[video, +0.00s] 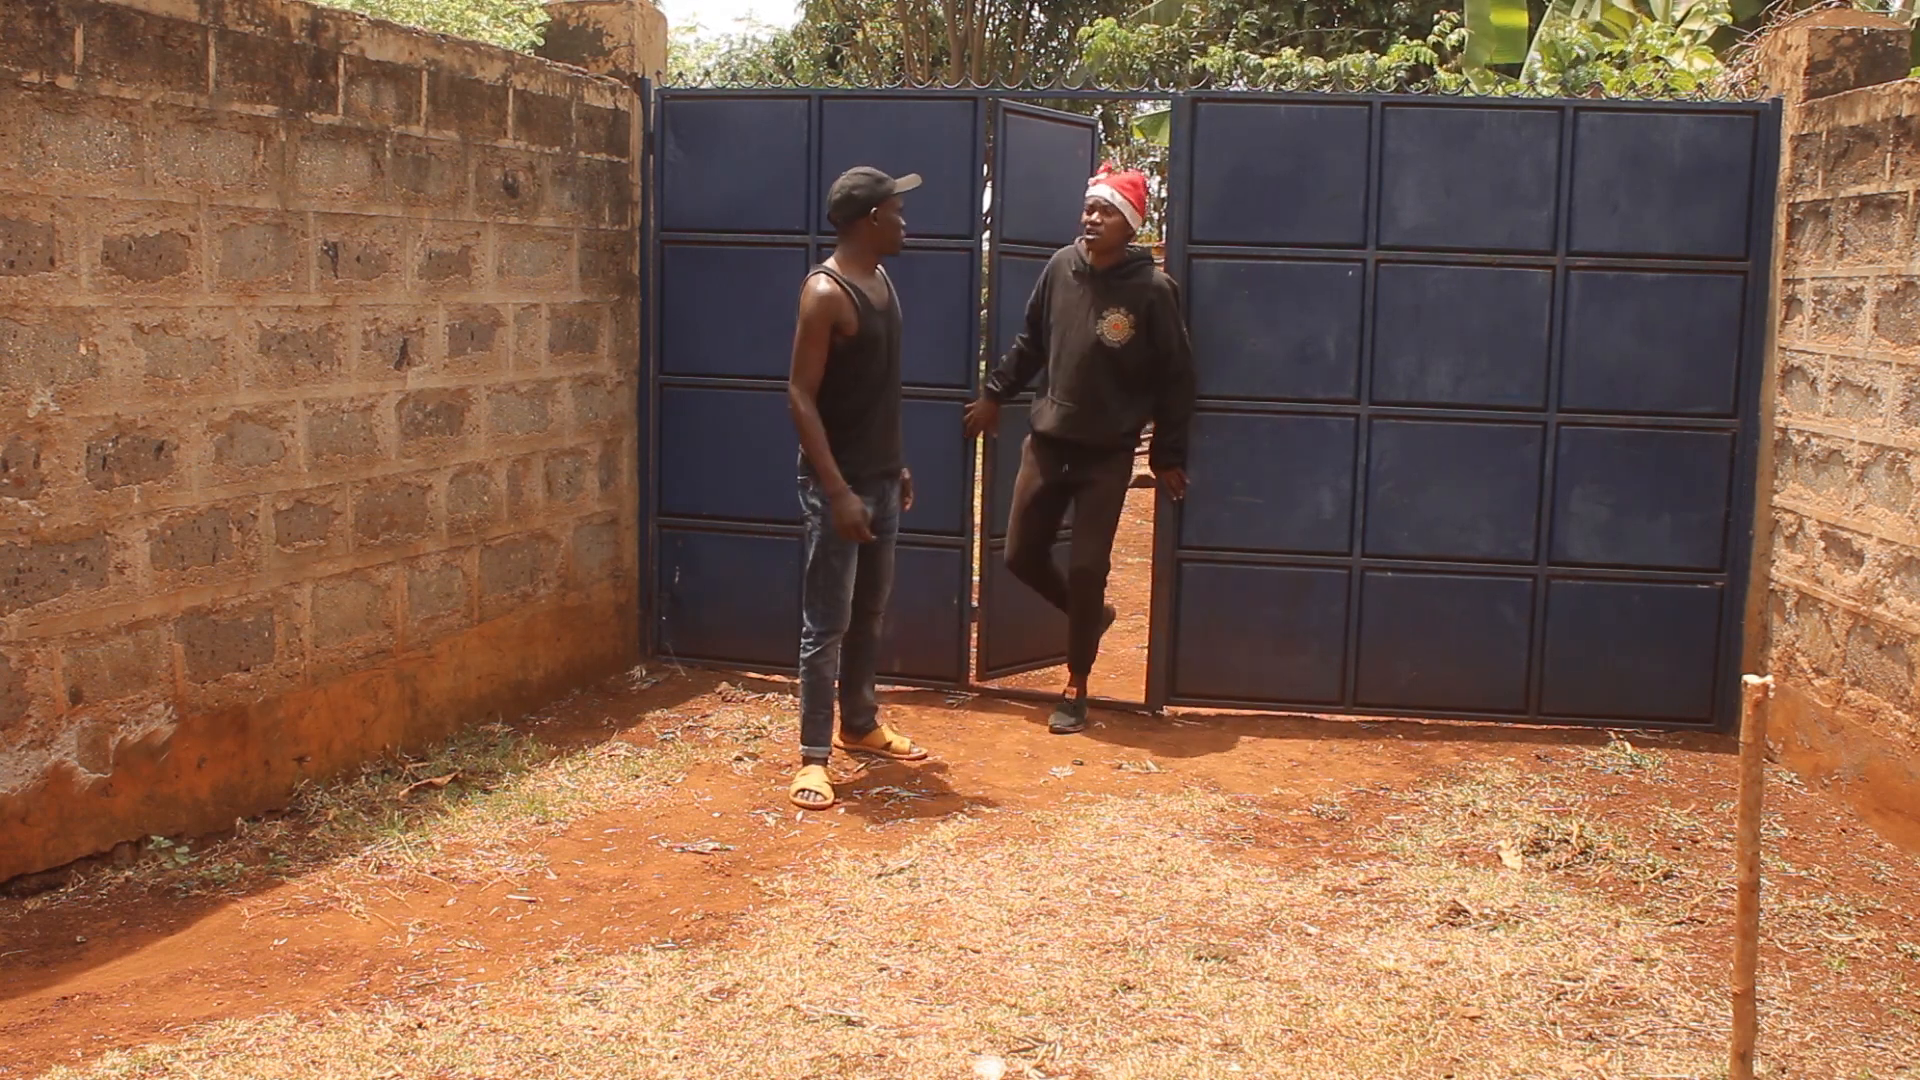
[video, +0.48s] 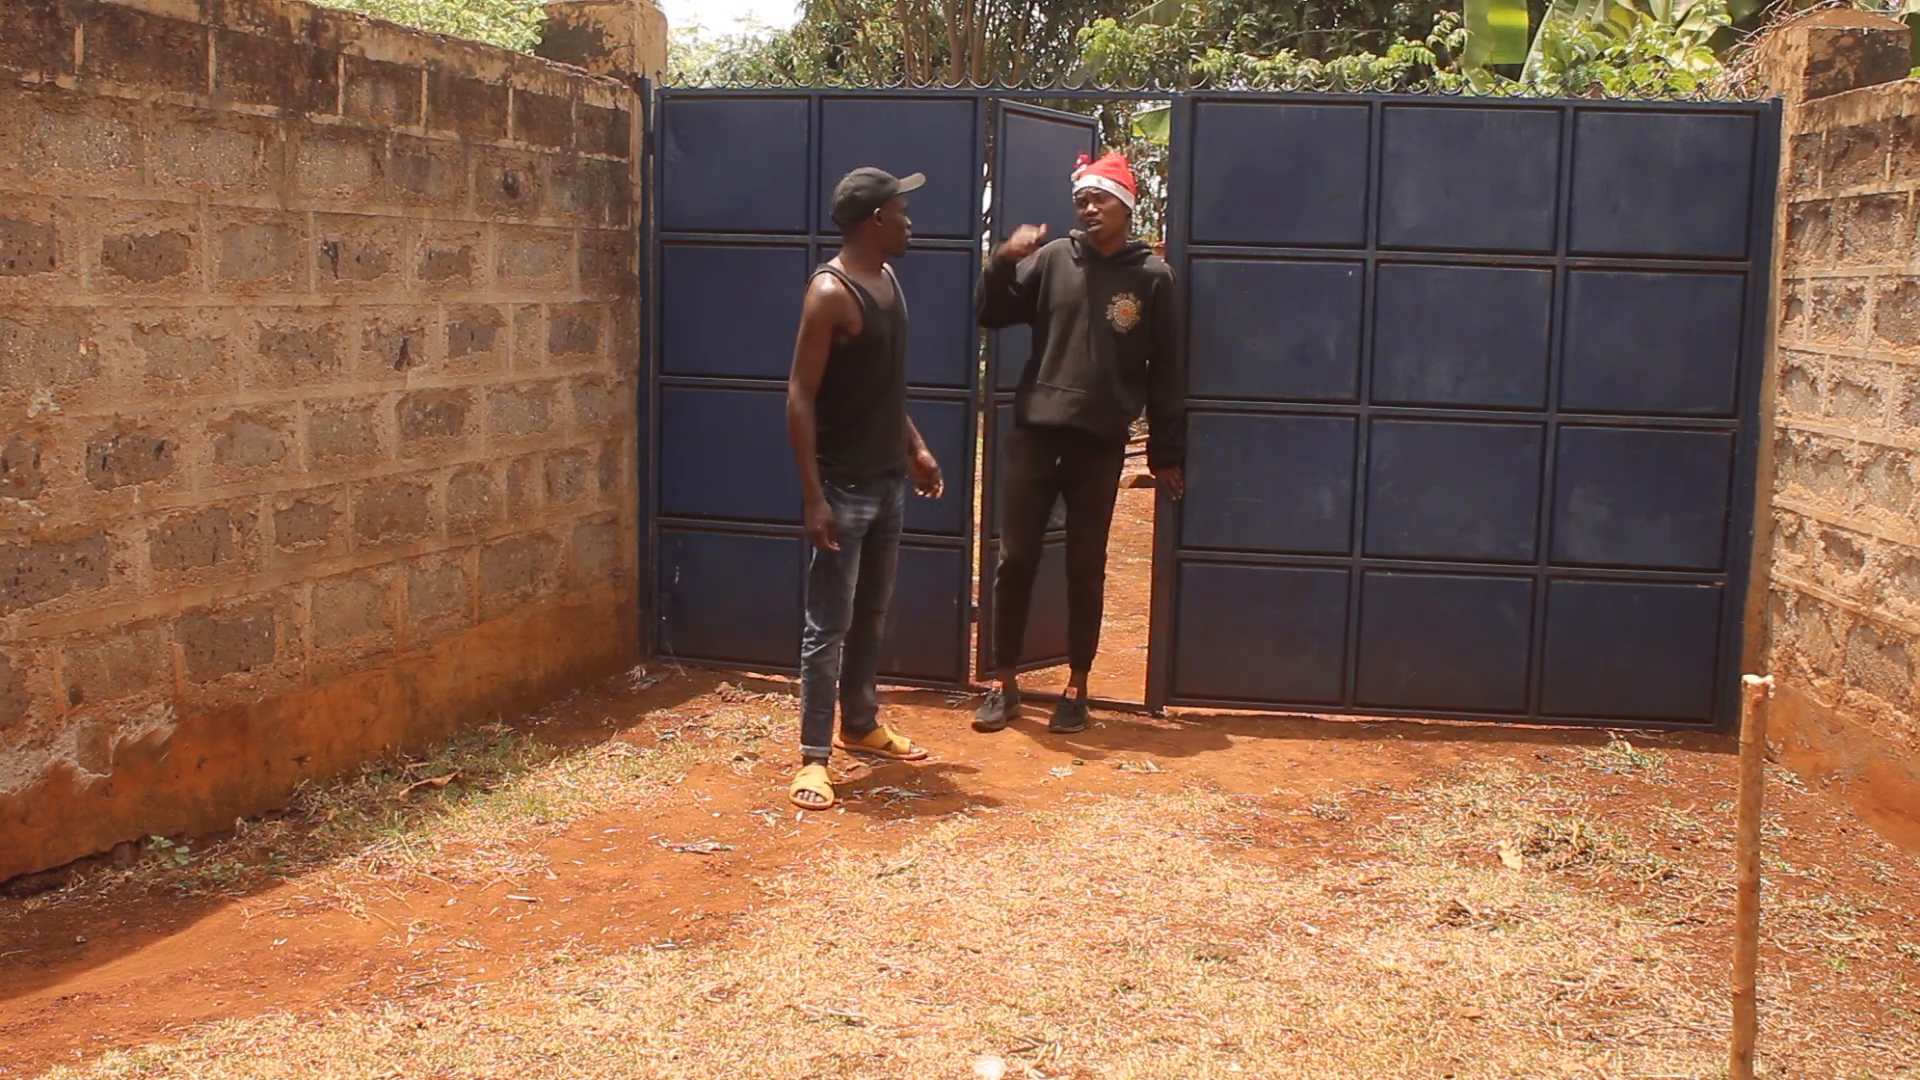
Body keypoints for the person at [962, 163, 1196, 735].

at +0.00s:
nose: (1091, 218)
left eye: (1105, 211)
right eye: (1088, 208)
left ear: (1133, 224)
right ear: (1081, 214)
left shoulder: (1154, 289)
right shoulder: (1062, 264)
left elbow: (1176, 378)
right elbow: (1032, 340)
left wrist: (1169, 455)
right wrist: (993, 395)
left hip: (1108, 449)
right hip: (1046, 440)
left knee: (1086, 568)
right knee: (1021, 556)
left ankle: (1074, 693)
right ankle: (1091, 611)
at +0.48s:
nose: (1088, 209)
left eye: (1099, 199)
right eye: (1082, 200)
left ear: (1128, 204)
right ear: (1075, 205)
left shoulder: (1153, 277)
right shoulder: (1051, 258)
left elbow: (1166, 370)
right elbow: (993, 313)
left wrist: (1166, 454)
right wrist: (1004, 259)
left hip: (1099, 440)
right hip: (1034, 431)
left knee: (1086, 567)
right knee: (1015, 559)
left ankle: (1076, 688)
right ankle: (1001, 685)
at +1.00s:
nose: (1074, 209)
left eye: (1085, 200)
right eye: (1066, 199)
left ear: (1109, 207)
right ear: (1056, 202)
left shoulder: (1126, 279)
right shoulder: (1027, 257)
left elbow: (1147, 373)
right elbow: (969, 326)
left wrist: (1163, 454)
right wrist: (1010, 303)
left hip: (1082, 442)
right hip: (1013, 436)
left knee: (1076, 567)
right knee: (1005, 566)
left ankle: (1075, 689)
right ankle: (993, 691)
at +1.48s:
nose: (1081, 215)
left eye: (1094, 207)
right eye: (1075, 204)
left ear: (1118, 216)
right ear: (1066, 206)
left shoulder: (1131, 285)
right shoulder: (1033, 255)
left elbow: (1144, 377)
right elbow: (993, 332)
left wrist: (1163, 454)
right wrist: (1022, 390)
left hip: (1081, 441)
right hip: (1013, 433)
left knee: (1073, 564)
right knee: (1006, 562)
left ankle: (1074, 688)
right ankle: (992, 689)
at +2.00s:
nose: (1095, 217)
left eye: (1108, 210)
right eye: (1091, 206)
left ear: (1134, 221)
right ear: (1085, 208)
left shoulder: (1147, 280)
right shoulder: (1062, 262)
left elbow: (1153, 376)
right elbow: (1025, 341)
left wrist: (1161, 457)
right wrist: (966, 375)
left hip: (1108, 435)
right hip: (1051, 427)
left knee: (1078, 562)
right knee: (1037, 557)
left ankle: (1074, 690)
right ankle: (1107, 622)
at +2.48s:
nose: (1052, 246)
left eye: (1064, 238)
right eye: (1049, 236)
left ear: (1092, 243)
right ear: (1047, 240)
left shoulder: (1114, 288)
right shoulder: (1046, 291)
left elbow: (1138, 383)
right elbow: (1023, 370)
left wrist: (1155, 463)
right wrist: (989, 429)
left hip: (1117, 447)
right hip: (1073, 448)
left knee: (1072, 554)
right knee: (1107, 566)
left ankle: (1073, 688)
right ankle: (1120, 678)